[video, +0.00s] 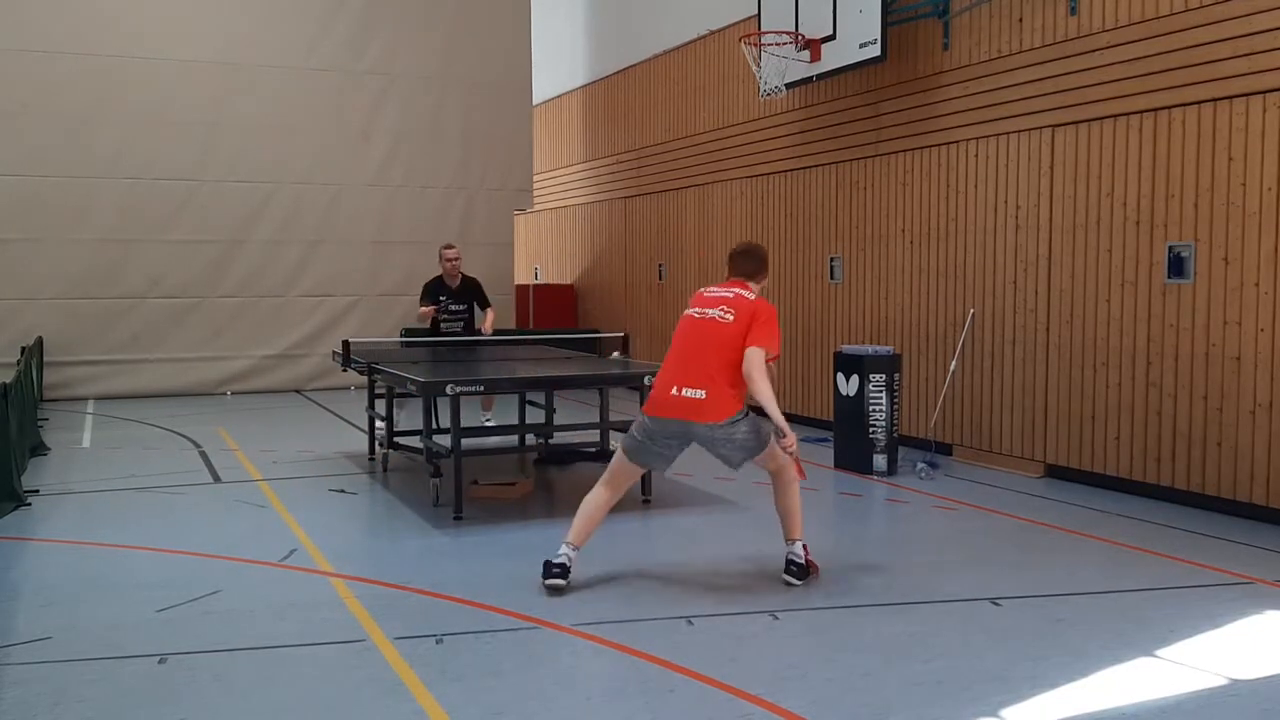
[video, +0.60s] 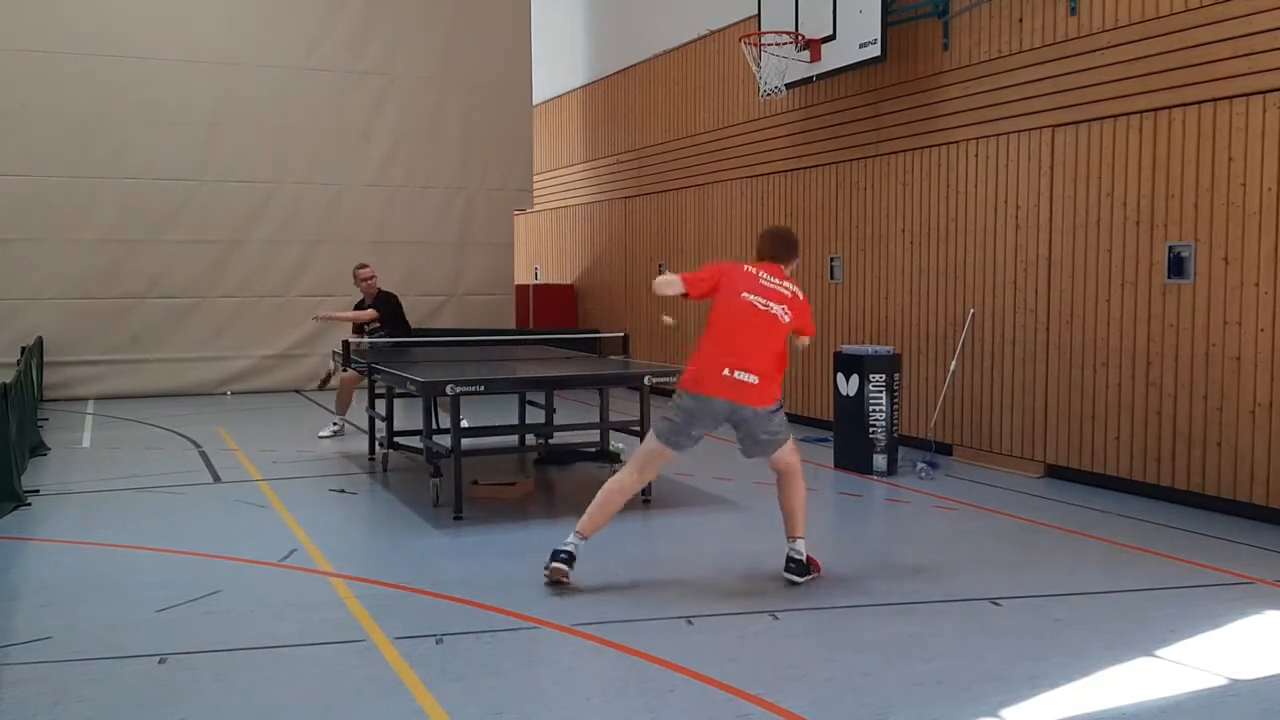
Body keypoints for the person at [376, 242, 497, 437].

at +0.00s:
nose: (454, 264)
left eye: (457, 260)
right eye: (449, 260)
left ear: (461, 261)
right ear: (440, 263)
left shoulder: (471, 283)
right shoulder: (431, 286)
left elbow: (489, 310)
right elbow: (421, 317)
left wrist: (487, 326)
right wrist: (428, 312)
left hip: (467, 345)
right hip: (437, 347)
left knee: (491, 373)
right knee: (407, 373)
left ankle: (487, 418)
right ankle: (392, 419)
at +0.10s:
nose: (439, 270)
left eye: (442, 266)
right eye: (434, 267)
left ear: (446, 267)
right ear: (425, 270)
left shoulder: (456, 291)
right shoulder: (417, 292)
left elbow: (472, 316)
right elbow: (406, 315)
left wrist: (470, 326)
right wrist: (412, 313)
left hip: (453, 353)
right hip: (422, 354)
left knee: (491, 371)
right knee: (386, 376)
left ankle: (487, 420)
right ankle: (365, 419)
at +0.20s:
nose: (421, 272)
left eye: (424, 268)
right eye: (416, 269)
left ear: (429, 269)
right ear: (407, 272)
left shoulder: (438, 294)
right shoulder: (398, 293)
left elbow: (454, 318)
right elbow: (387, 311)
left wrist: (448, 318)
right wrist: (391, 313)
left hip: (433, 356)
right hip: (401, 356)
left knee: (468, 376)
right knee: (364, 383)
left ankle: (484, 418)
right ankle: (354, 422)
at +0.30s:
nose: (405, 268)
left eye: (407, 264)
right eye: (400, 266)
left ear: (411, 264)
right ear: (390, 268)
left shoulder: (423, 287)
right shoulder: (382, 289)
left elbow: (429, 311)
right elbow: (373, 312)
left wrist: (409, 314)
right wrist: (368, 323)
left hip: (420, 349)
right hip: (389, 349)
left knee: (454, 369)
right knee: (354, 374)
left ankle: (468, 415)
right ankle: (348, 417)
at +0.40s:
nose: (390, 272)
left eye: (392, 267)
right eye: (384, 269)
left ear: (396, 268)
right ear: (375, 272)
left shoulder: (408, 289)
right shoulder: (370, 294)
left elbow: (405, 312)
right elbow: (358, 323)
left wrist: (384, 312)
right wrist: (344, 336)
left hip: (410, 352)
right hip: (382, 352)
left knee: (437, 381)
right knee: (351, 378)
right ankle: (337, 422)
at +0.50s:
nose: (377, 279)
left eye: (380, 274)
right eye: (372, 276)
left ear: (384, 275)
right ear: (363, 280)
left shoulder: (396, 296)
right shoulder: (362, 303)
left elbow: (382, 314)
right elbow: (353, 331)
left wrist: (352, 314)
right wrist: (343, 351)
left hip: (403, 354)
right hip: (376, 355)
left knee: (432, 380)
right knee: (346, 379)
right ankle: (338, 422)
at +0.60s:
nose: (370, 282)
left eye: (372, 278)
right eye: (364, 280)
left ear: (377, 278)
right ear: (356, 284)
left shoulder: (389, 299)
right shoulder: (359, 308)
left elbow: (369, 316)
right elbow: (356, 340)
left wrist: (333, 316)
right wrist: (342, 361)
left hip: (403, 356)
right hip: (376, 357)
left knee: (433, 384)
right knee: (346, 379)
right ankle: (338, 423)